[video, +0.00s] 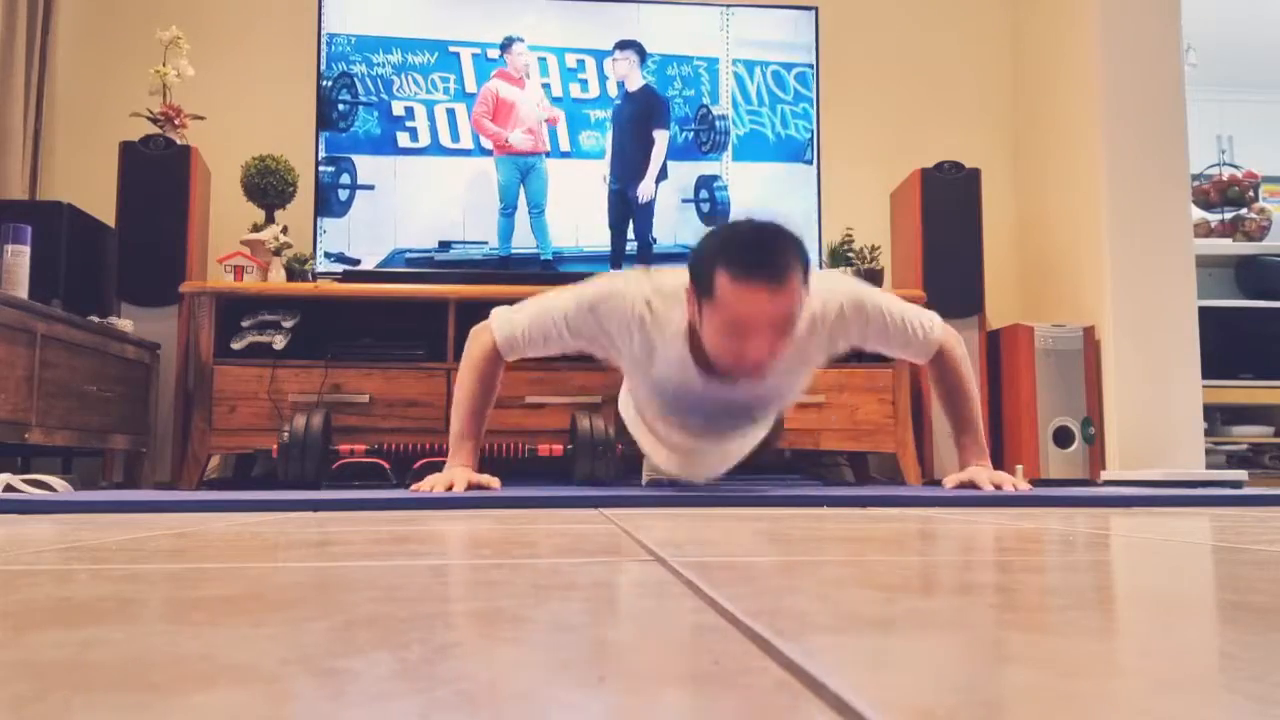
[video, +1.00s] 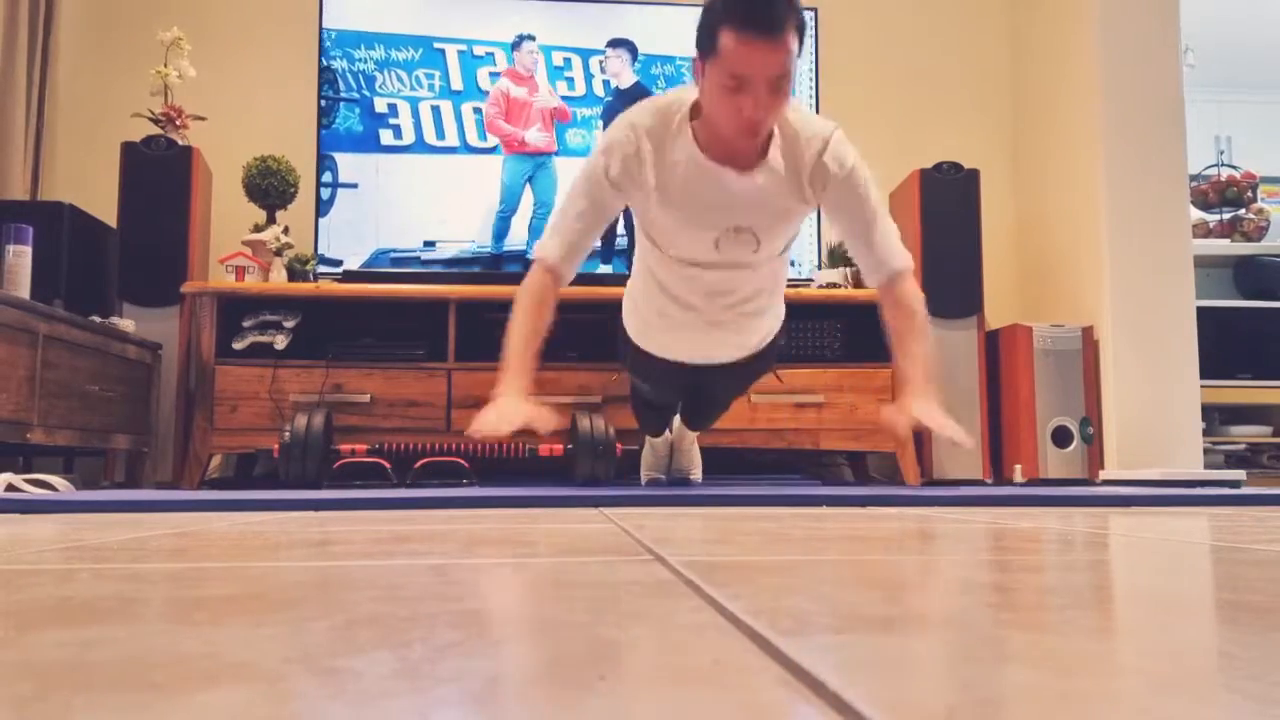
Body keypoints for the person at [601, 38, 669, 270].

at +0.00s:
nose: (615, 65)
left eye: (620, 60)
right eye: (613, 60)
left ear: (635, 62)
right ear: (614, 63)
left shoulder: (656, 101)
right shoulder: (620, 101)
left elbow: (661, 143)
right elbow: (612, 138)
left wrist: (650, 179)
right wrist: (608, 167)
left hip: (642, 180)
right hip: (618, 178)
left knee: (642, 235)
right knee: (617, 232)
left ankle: (643, 279)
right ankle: (615, 276)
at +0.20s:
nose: (616, 66)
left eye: (622, 61)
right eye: (616, 60)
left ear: (637, 64)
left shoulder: (658, 104)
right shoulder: (623, 104)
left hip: (647, 186)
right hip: (622, 187)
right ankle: (620, 272)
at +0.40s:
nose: (613, 64)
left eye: (619, 60)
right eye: (614, 60)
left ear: (634, 63)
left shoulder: (657, 100)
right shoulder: (621, 102)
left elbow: (662, 142)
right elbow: (613, 138)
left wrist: (651, 178)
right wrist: (609, 166)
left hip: (642, 178)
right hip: (618, 177)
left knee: (643, 235)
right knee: (617, 235)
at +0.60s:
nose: (614, 64)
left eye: (620, 60)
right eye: (613, 60)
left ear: (634, 63)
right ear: (615, 64)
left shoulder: (655, 101)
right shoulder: (619, 101)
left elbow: (660, 142)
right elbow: (611, 137)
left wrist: (649, 177)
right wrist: (607, 164)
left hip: (640, 176)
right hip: (617, 175)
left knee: (641, 230)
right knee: (615, 228)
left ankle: (641, 275)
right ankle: (613, 271)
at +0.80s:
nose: (607, 63)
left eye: (612, 58)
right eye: (608, 58)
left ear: (628, 61)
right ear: (624, 62)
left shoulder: (650, 98)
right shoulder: (616, 99)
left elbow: (656, 138)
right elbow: (608, 135)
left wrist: (645, 175)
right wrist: (603, 162)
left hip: (635, 178)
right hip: (612, 176)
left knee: (636, 236)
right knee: (613, 234)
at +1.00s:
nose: (606, 63)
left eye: (612, 58)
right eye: (606, 58)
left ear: (627, 61)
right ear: (610, 61)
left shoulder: (645, 97)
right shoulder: (611, 99)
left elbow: (653, 135)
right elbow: (603, 134)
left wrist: (646, 164)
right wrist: (600, 163)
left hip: (637, 166)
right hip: (612, 166)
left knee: (633, 218)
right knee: (607, 216)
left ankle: (634, 262)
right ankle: (605, 261)